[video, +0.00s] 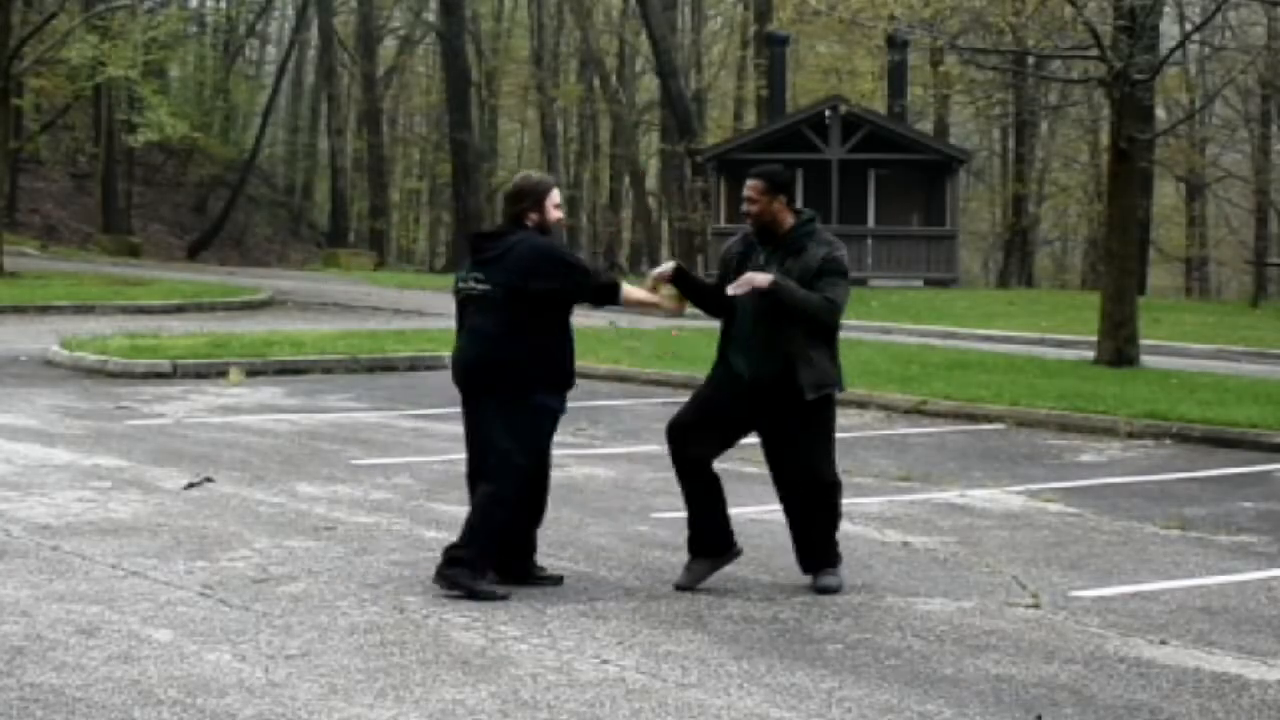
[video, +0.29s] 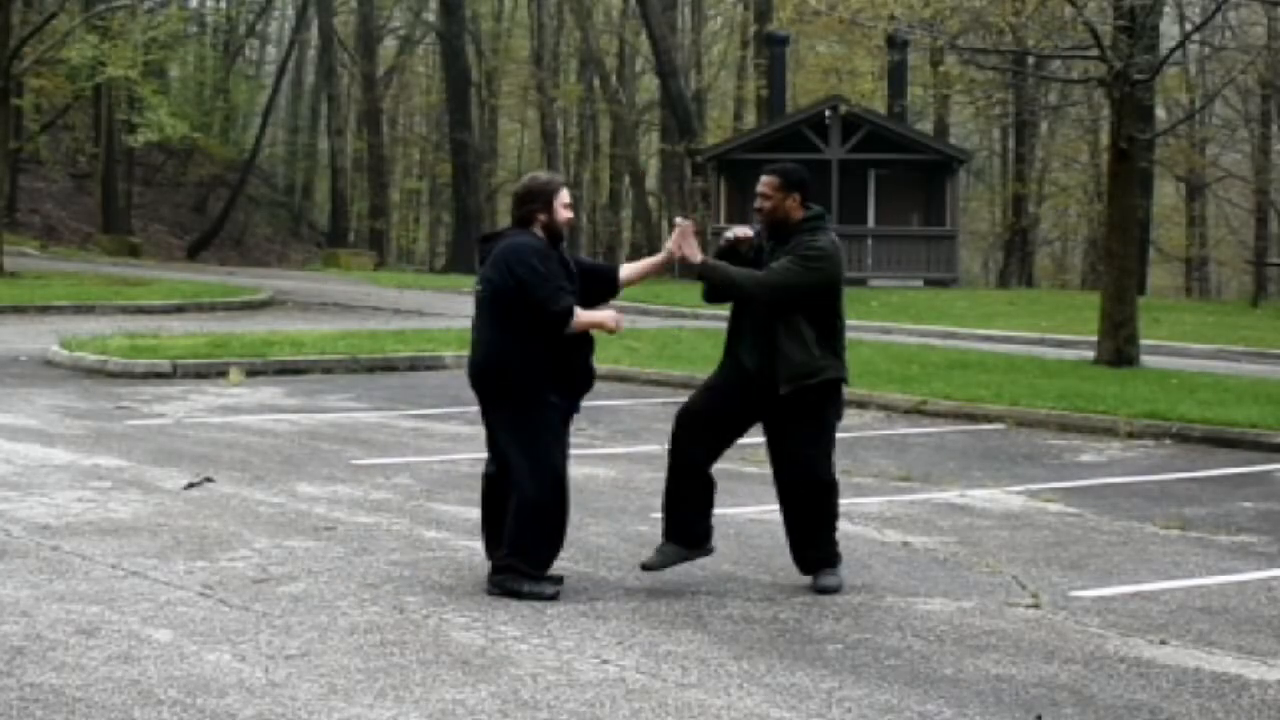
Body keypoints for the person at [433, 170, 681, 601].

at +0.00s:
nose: (563, 215)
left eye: (561, 206)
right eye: (557, 207)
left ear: (521, 213)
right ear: (534, 213)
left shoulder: (488, 253)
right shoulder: (542, 254)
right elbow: (601, 289)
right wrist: (658, 301)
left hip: (485, 385)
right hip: (527, 390)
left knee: (500, 472)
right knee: (519, 478)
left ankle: (515, 562)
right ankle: (463, 566)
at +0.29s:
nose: (571, 215)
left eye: (571, 207)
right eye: (565, 207)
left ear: (537, 212)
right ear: (540, 210)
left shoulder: (544, 254)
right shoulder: (523, 252)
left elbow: (602, 281)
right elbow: (555, 315)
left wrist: (665, 258)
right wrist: (596, 318)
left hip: (533, 386)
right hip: (519, 387)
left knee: (524, 473)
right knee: (535, 476)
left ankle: (517, 564)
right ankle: (514, 571)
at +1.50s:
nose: (654, 221)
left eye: (652, 213)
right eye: (648, 214)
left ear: (609, 220)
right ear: (625, 220)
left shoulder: (581, 260)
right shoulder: (641, 258)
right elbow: (705, 260)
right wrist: (755, 238)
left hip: (588, 395)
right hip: (636, 395)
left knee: (603, 474)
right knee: (667, 475)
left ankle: (607, 562)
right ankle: (692, 567)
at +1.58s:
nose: (658, 220)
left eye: (657, 213)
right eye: (653, 214)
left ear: (612, 219)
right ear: (633, 220)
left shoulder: (588, 261)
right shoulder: (647, 260)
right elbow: (702, 277)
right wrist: (745, 272)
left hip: (594, 395)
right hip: (644, 395)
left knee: (607, 476)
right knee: (674, 478)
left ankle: (608, 560)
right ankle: (701, 564)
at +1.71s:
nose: (665, 216)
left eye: (663, 208)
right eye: (660, 210)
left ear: (623, 217)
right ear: (640, 216)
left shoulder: (597, 260)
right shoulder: (657, 259)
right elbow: (699, 311)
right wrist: (752, 325)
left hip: (607, 393)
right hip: (655, 393)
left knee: (616, 474)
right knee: (679, 478)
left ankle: (612, 559)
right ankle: (699, 565)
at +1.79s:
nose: (668, 216)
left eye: (667, 208)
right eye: (663, 209)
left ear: (625, 215)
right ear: (644, 215)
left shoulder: (600, 260)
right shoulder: (659, 260)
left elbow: (648, 306)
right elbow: (695, 322)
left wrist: (690, 274)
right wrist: (735, 344)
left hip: (609, 393)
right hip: (660, 394)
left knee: (616, 475)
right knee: (681, 478)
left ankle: (610, 559)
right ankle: (698, 565)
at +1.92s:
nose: (668, 215)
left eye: (667, 208)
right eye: (662, 208)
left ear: (630, 215)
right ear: (639, 214)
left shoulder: (613, 254)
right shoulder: (641, 257)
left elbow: (689, 274)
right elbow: (676, 316)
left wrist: (734, 239)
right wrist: (728, 325)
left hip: (621, 384)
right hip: (654, 387)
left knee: (625, 466)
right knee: (680, 472)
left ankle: (611, 559)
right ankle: (699, 566)